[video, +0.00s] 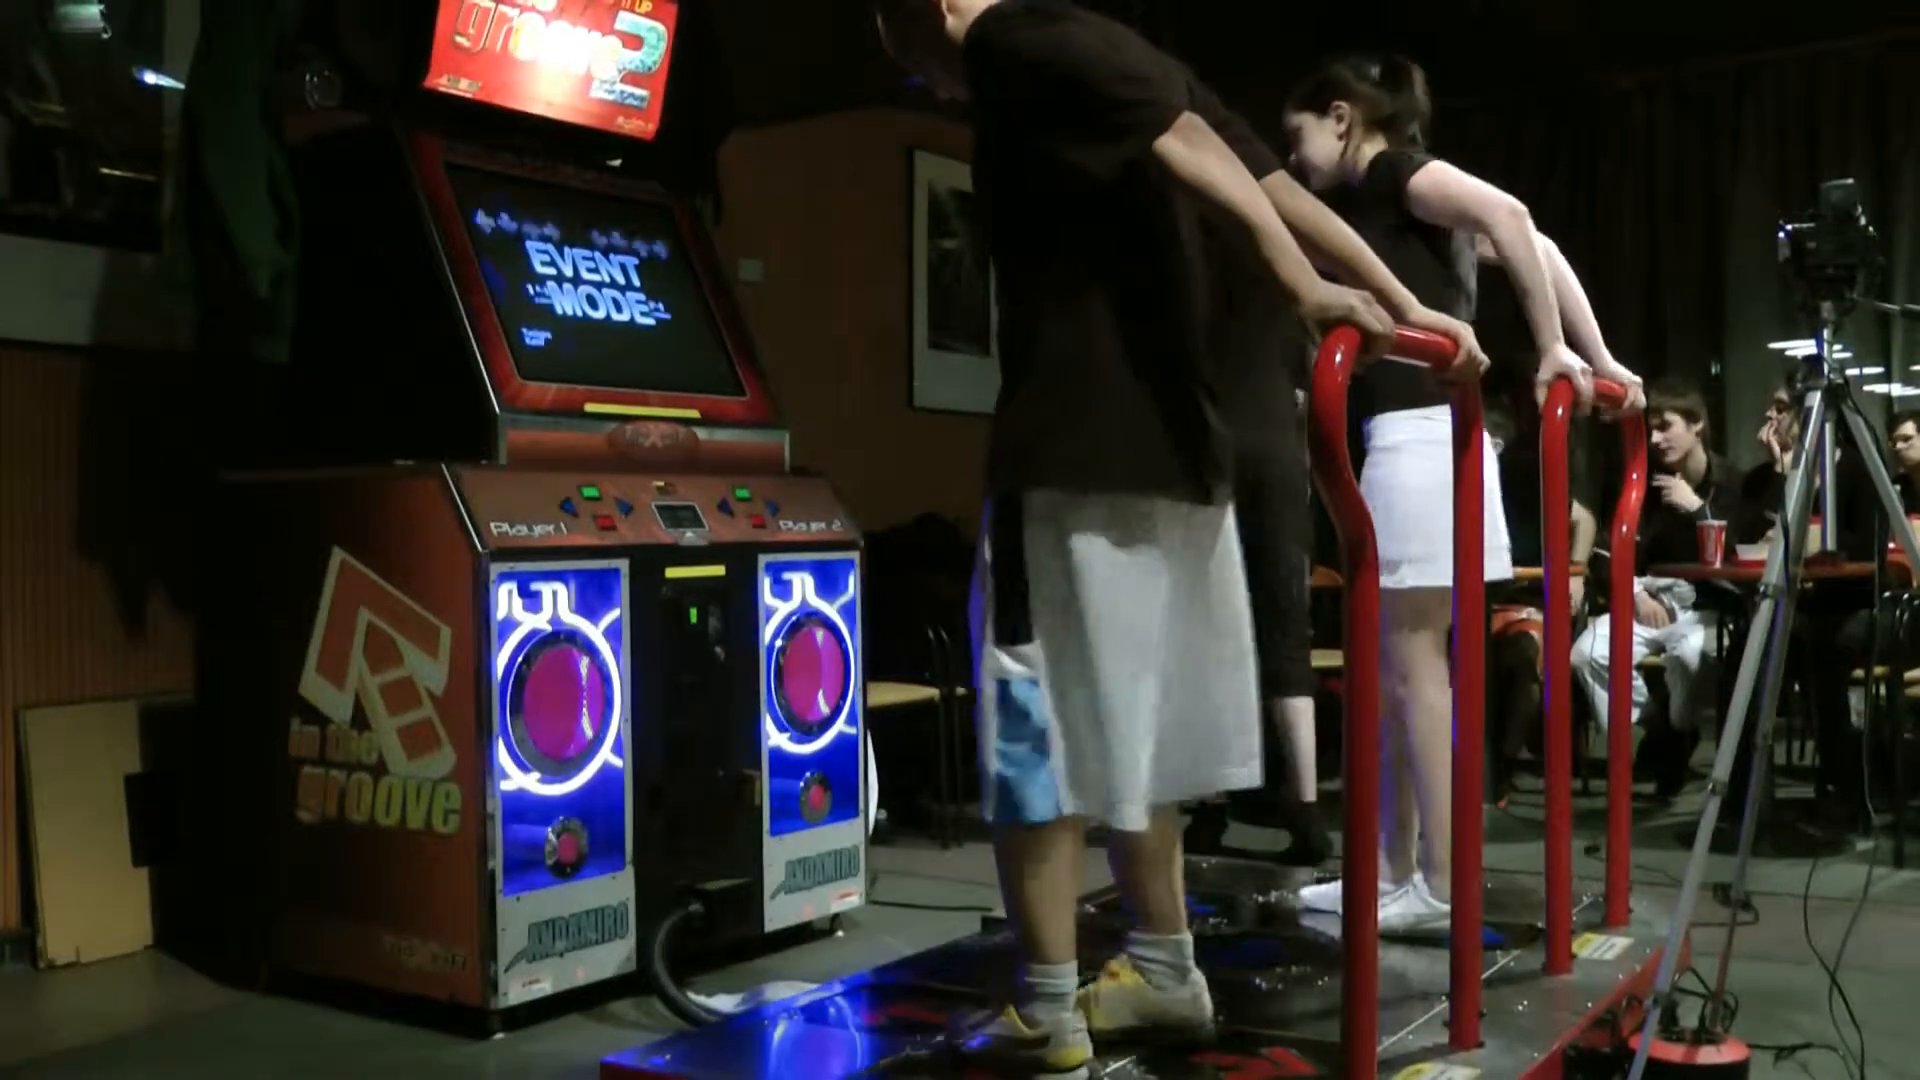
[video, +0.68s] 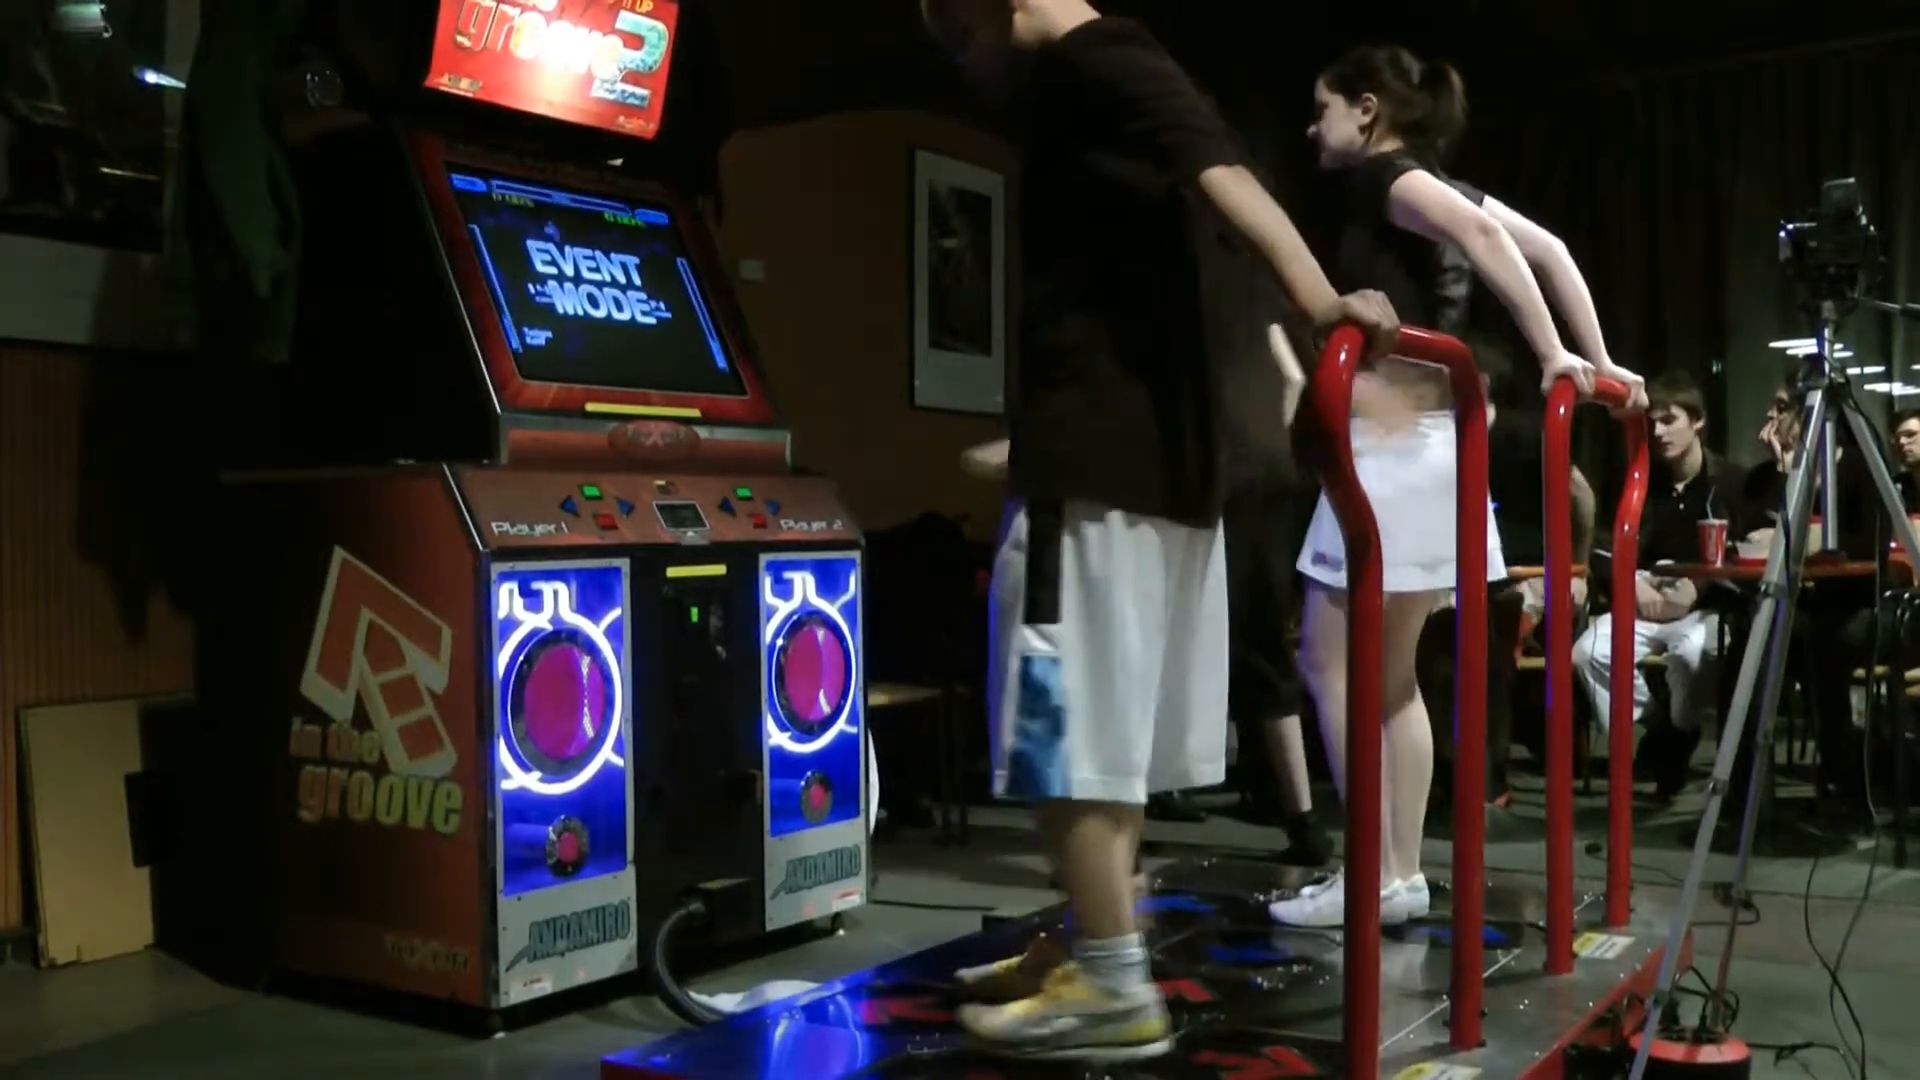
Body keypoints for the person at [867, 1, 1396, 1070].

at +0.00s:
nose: (921, 80)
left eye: (911, 54)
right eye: (911, 64)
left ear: (934, 16)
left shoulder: (1006, 40)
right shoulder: (1136, 58)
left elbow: (1204, 159)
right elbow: (1277, 187)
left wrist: (1303, 285)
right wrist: (1398, 297)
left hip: (1072, 440)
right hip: (1175, 443)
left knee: (1035, 721)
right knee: (1136, 704)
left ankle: (1052, 1010)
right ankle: (1168, 969)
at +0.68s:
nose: (970, 48)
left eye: (968, 27)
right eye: (965, 33)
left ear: (1009, 7)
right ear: (1067, 0)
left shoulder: (1088, 65)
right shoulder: (1119, 77)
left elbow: (1222, 175)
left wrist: (1324, 303)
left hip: (1105, 460)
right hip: (1157, 461)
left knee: (1073, 720)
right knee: (1113, 715)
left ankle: (1113, 987)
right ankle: (1092, 950)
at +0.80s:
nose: (980, 36)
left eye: (984, 18)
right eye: (976, 25)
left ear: (1036, 3)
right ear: (1062, 12)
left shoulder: (1114, 65)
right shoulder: (1073, 100)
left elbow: (1236, 169)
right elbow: (1078, 340)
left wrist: (1324, 296)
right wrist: (951, 447)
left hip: (1124, 465)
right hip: (1104, 464)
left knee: (1102, 730)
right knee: (1097, 725)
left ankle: (1149, 986)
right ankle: (1085, 941)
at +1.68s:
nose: (960, 36)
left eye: (960, 16)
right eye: (952, 24)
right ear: (1016, 12)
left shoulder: (1115, 61)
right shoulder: (1045, 104)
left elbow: (1242, 181)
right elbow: (1008, 324)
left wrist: (1326, 302)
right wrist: (917, 462)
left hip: (1112, 468)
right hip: (1053, 468)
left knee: (1118, 732)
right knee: (1071, 726)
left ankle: (1157, 997)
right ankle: (1084, 945)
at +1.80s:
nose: (954, 35)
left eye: (955, 15)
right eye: (950, 22)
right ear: (1008, 11)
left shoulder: (1112, 62)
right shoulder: (1052, 97)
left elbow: (1234, 175)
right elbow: (1155, 295)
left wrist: (1319, 297)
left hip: (1112, 470)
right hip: (1054, 469)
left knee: (1117, 739)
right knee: (1062, 730)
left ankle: (1157, 996)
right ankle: (1084, 943)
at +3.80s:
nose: (999, 16)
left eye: (1003, 4)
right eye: (1000, 9)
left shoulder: (1110, 56)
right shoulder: (1107, 72)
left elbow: (1227, 177)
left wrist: (1317, 301)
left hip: (1092, 471)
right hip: (1133, 466)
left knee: (1047, 719)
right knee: (1110, 715)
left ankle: (1114, 973)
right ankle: (1087, 946)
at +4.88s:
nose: (1062, 24)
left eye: (1063, 17)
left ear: (1091, 5)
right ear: (1166, 3)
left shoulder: (1089, 47)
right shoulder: (1247, 65)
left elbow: (1227, 126)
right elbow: (1360, 191)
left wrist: (1296, 311)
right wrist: (1435, 318)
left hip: (1127, 427)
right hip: (1241, 441)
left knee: (1098, 708)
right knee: (1171, 706)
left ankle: (1093, 992)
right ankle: (1155, 960)